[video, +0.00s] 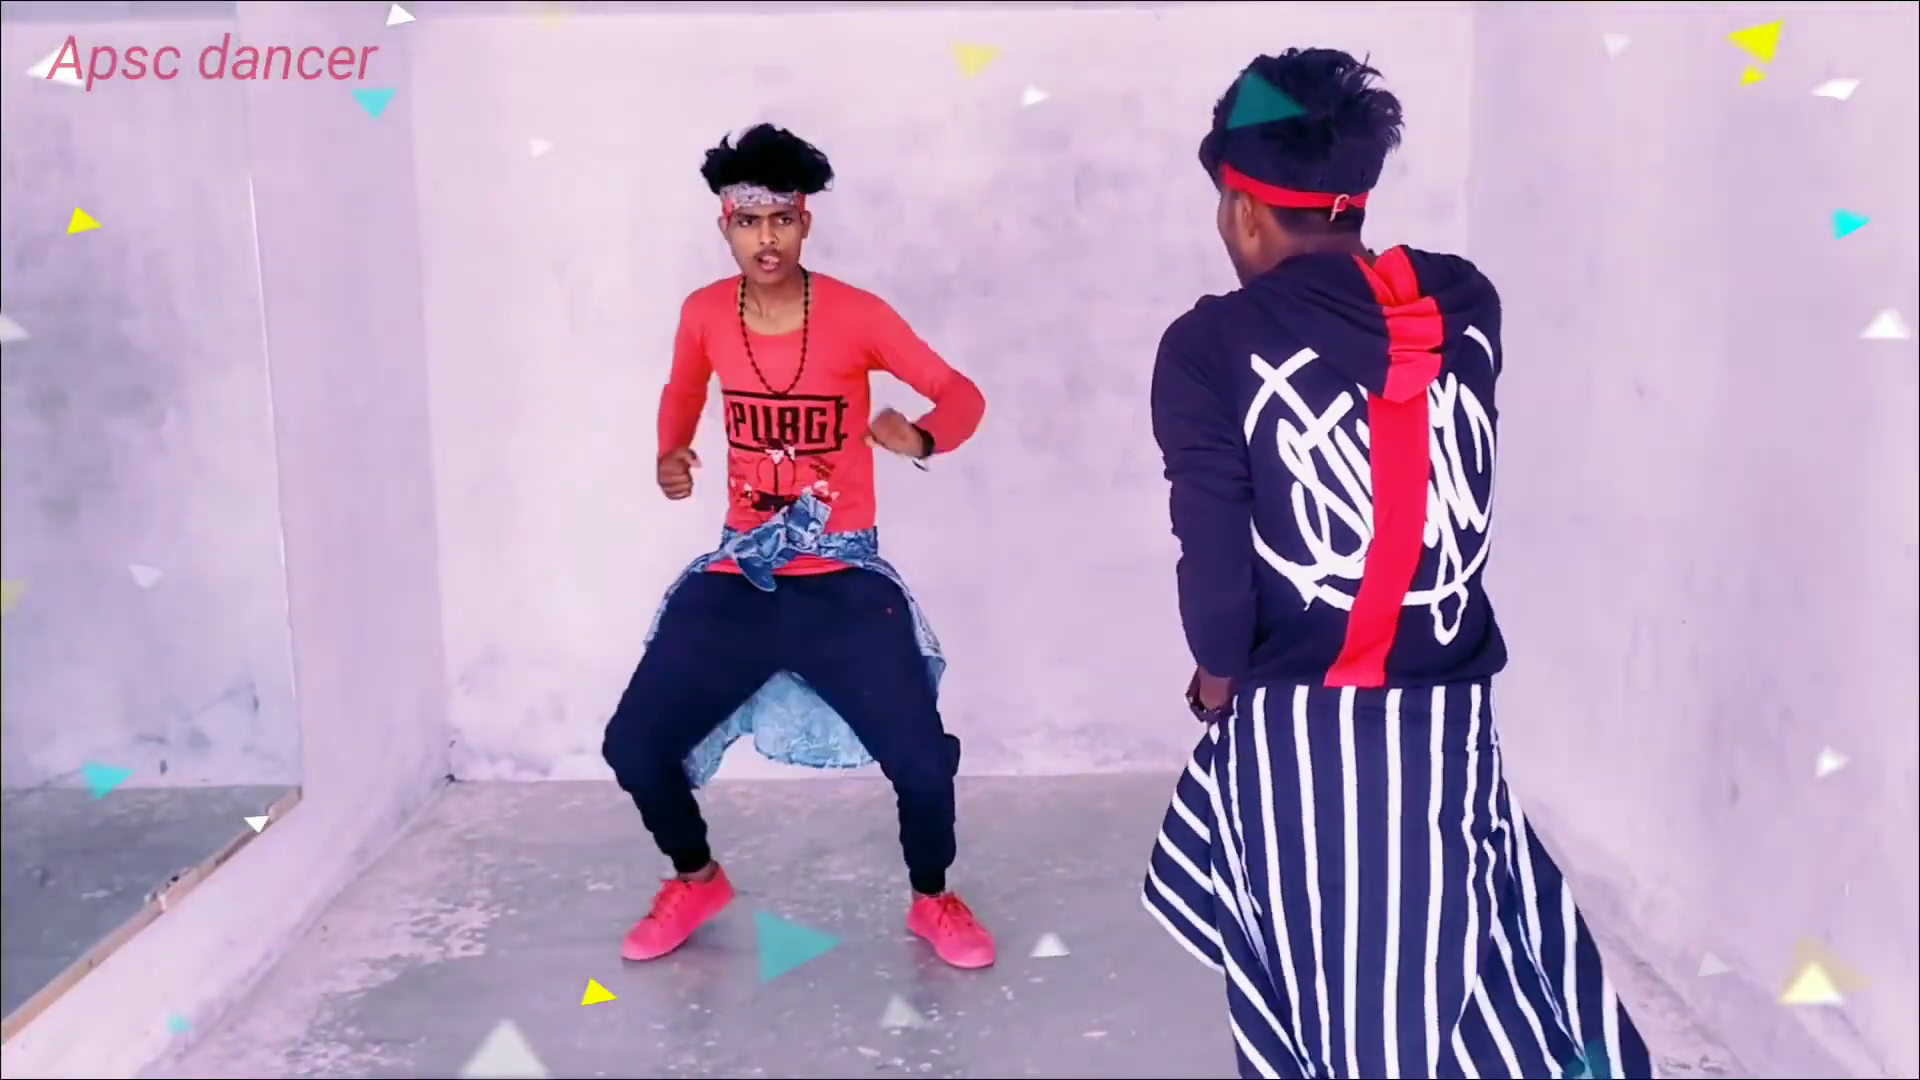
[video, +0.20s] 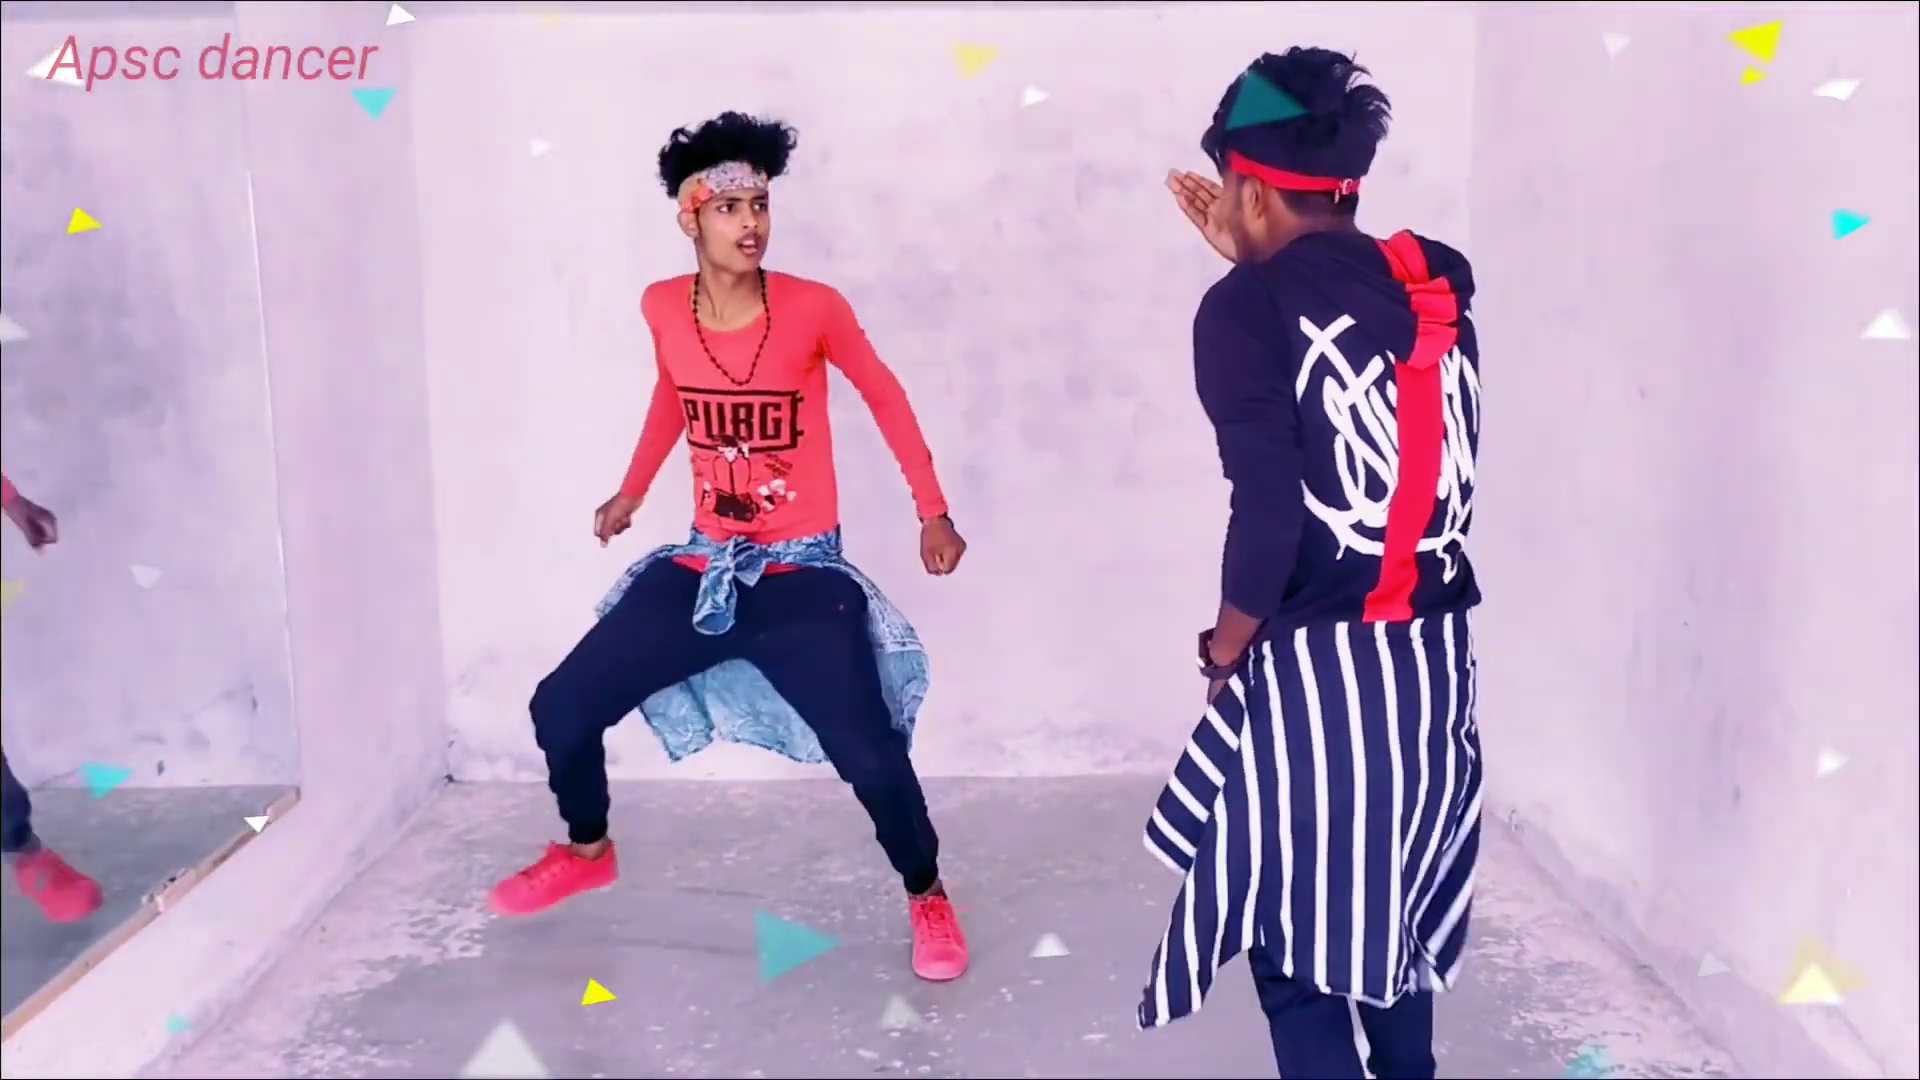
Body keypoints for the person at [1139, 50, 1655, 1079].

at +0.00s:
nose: (1218, 222)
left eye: (1221, 199)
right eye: (1221, 197)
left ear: (1245, 207)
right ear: (1357, 202)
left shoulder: (1210, 344)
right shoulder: (1458, 308)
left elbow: (1215, 531)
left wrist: (1218, 665)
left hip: (1302, 722)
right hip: (1449, 714)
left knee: (1320, 988)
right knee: (1472, 970)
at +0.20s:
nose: (1225, 203)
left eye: (1226, 182)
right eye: (1222, 184)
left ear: (1251, 187)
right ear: (1347, 182)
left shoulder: (1249, 304)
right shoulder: (1432, 284)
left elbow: (1273, 504)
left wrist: (1232, 632)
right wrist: (1258, 260)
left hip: (1310, 681)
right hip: (1432, 671)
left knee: (1291, 957)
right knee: (1394, 945)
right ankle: (1408, 1068)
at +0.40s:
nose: (1236, 206)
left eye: (1241, 184)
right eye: (1238, 183)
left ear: (1281, 190)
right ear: (1336, 188)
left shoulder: (1314, 306)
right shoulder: (1399, 283)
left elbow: (1345, 496)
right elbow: (1285, 364)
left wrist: (1261, 618)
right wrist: (1186, 292)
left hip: (1325, 630)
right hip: (1402, 620)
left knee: (1257, 902)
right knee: (1356, 848)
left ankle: (1343, 1072)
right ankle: (1373, 1047)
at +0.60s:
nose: (1276, 159)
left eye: (1301, 146)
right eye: (1291, 140)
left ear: (1340, 172)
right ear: (1379, 185)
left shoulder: (1242, 268)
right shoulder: (1410, 274)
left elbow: (1213, 421)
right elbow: (1433, 356)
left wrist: (1214, 563)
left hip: (1279, 594)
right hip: (1384, 586)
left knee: (1225, 843)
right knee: (1355, 813)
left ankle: (1410, 1043)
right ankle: (1377, 1012)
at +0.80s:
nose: (1213, 187)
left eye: (1228, 172)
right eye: (1222, 168)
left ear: (1264, 188)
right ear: (1307, 196)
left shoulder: (1198, 289)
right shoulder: (1384, 297)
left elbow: (1169, 421)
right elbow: (1502, 415)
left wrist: (1173, 545)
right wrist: (1446, 348)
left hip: (1246, 596)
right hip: (1355, 593)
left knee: (1158, 795)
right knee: (1333, 808)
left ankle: (1242, 1029)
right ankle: (1378, 1028)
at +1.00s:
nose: (1143, 186)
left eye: (1154, 168)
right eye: (1148, 166)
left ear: (1194, 174)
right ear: (1236, 177)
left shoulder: (1173, 275)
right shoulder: (1312, 279)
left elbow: (1197, 427)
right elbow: (1380, 436)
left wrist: (1148, 547)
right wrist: (1301, 527)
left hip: (1206, 562)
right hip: (1284, 563)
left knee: (1136, 783)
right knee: (1236, 775)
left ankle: (1209, 1020)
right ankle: (1333, 975)